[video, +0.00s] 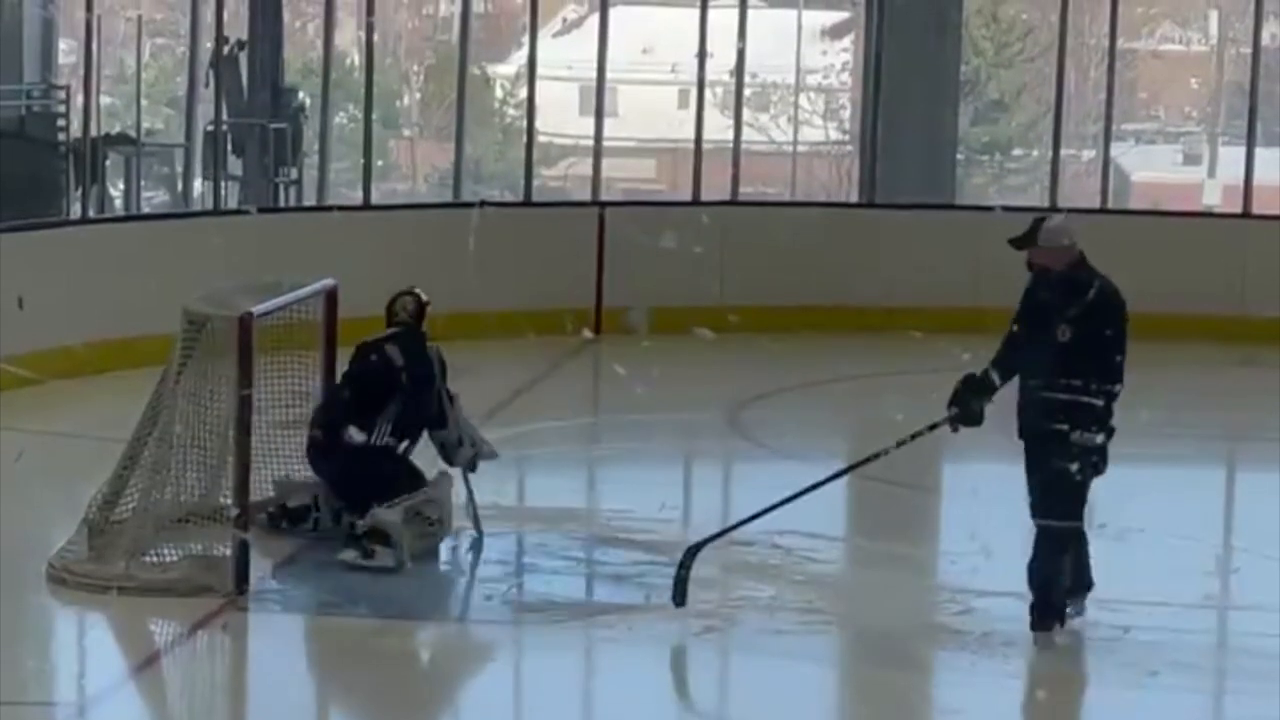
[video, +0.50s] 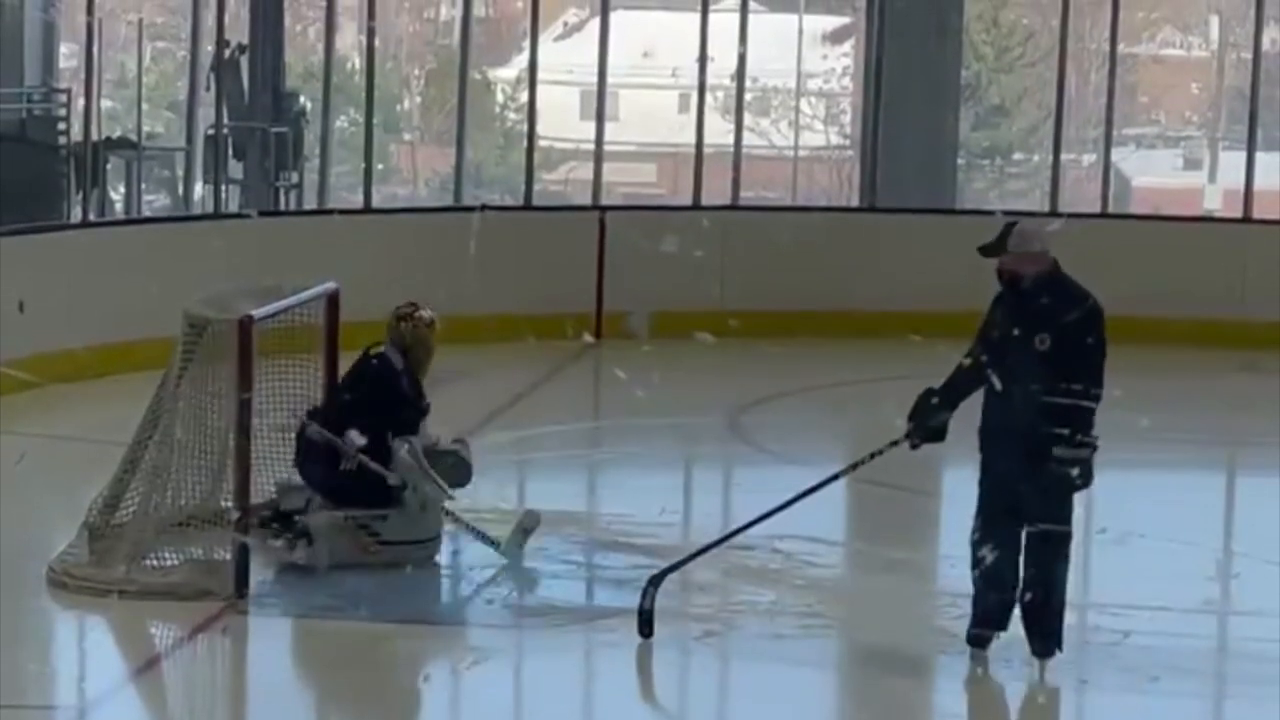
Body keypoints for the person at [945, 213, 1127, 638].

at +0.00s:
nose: (1030, 262)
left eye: (1036, 256)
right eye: (1029, 255)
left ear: (1060, 254)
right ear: (1044, 254)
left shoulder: (1102, 298)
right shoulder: (1040, 287)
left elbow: (1105, 376)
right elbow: (1017, 345)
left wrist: (1090, 437)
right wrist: (983, 386)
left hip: (1077, 425)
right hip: (1038, 422)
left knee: (1056, 519)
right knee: (1054, 511)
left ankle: (1046, 615)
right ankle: (1075, 586)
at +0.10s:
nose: (1025, 262)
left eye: (1031, 256)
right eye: (1024, 255)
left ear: (1055, 253)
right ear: (1035, 253)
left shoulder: (1097, 300)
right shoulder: (1033, 288)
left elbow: (1101, 378)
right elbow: (1003, 352)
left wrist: (1089, 438)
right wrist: (966, 395)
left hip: (1069, 433)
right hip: (1028, 428)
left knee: (1057, 521)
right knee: (1027, 517)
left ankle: (1048, 613)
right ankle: (1038, 594)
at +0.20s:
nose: (1017, 261)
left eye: (1024, 254)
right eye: (1017, 254)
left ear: (1049, 252)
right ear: (1032, 253)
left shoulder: (1094, 303)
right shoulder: (1026, 291)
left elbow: (1099, 380)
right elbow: (993, 352)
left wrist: (1088, 438)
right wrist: (956, 397)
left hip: (1063, 438)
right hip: (1018, 434)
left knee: (1054, 530)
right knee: (1013, 522)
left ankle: (1046, 624)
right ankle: (1015, 596)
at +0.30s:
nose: (1010, 264)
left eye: (1016, 256)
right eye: (1009, 256)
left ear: (1041, 256)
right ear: (1027, 255)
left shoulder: (1088, 305)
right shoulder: (1020, 293)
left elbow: (1093, 383)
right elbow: (987, 355)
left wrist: (1083, 441)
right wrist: (947, 395)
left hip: (1058, 440)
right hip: (1011, 435)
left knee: (1052, 535)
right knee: (1005, 527)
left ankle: (1045, 629)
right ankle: (1006, 601)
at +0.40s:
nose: (1003, 266)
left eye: (1010, 259)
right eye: (1003, 258)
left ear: (1034, 258)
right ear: (1021, 257)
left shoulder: (1083, 307)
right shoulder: (1013, 296)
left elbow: (1089, 385)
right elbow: (982, 357)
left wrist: (1080, 445)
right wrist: (943, 399)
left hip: (1054, 446)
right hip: (1006, 442)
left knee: (1048, 543)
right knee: (997, 536)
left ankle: (1044, 640)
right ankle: (992, 623)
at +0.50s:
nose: (999, 268)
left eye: (1006, 261)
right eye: (999, 261)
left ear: (1031, 259)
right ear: (1017, 259)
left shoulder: (1080, 309)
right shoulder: (1009, 299)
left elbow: (1084, 387)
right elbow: (979, 361)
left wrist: (1074, 447)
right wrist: (940, 404)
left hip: (1052, 449)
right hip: (1002, 445)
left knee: (1047, 547)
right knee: (993, 540)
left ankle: (1045, 642)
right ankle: (984, 628)